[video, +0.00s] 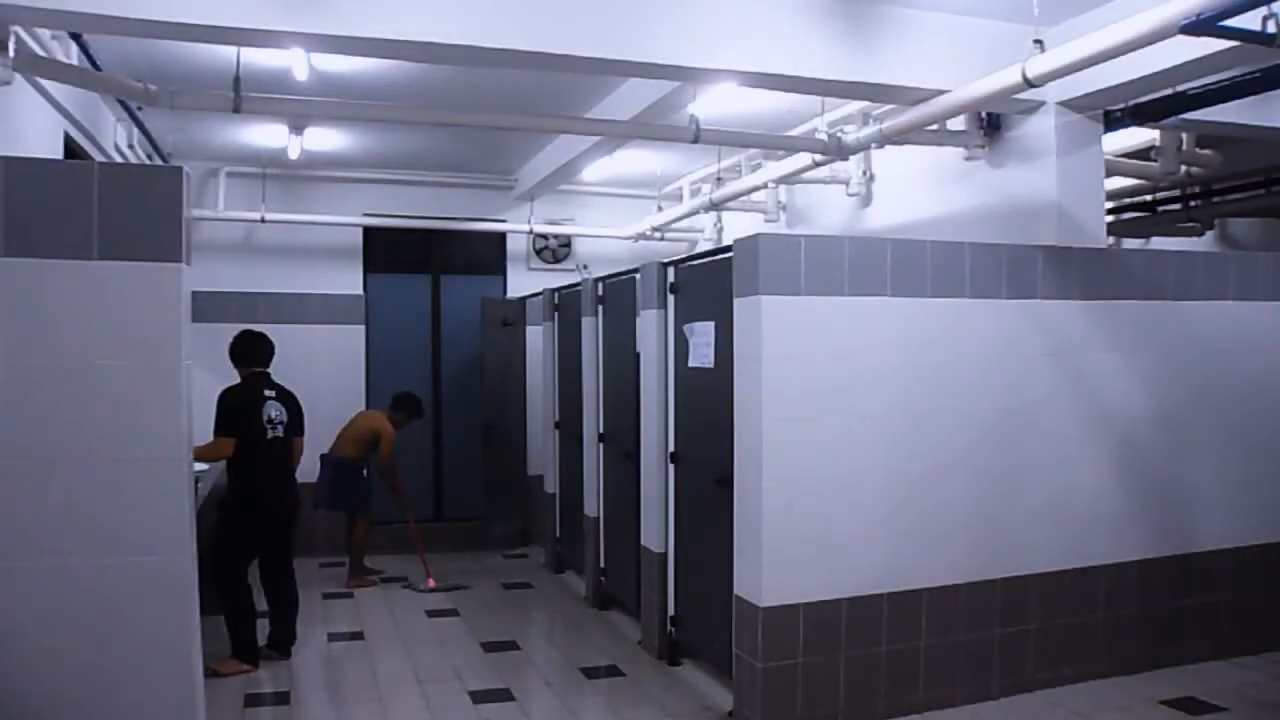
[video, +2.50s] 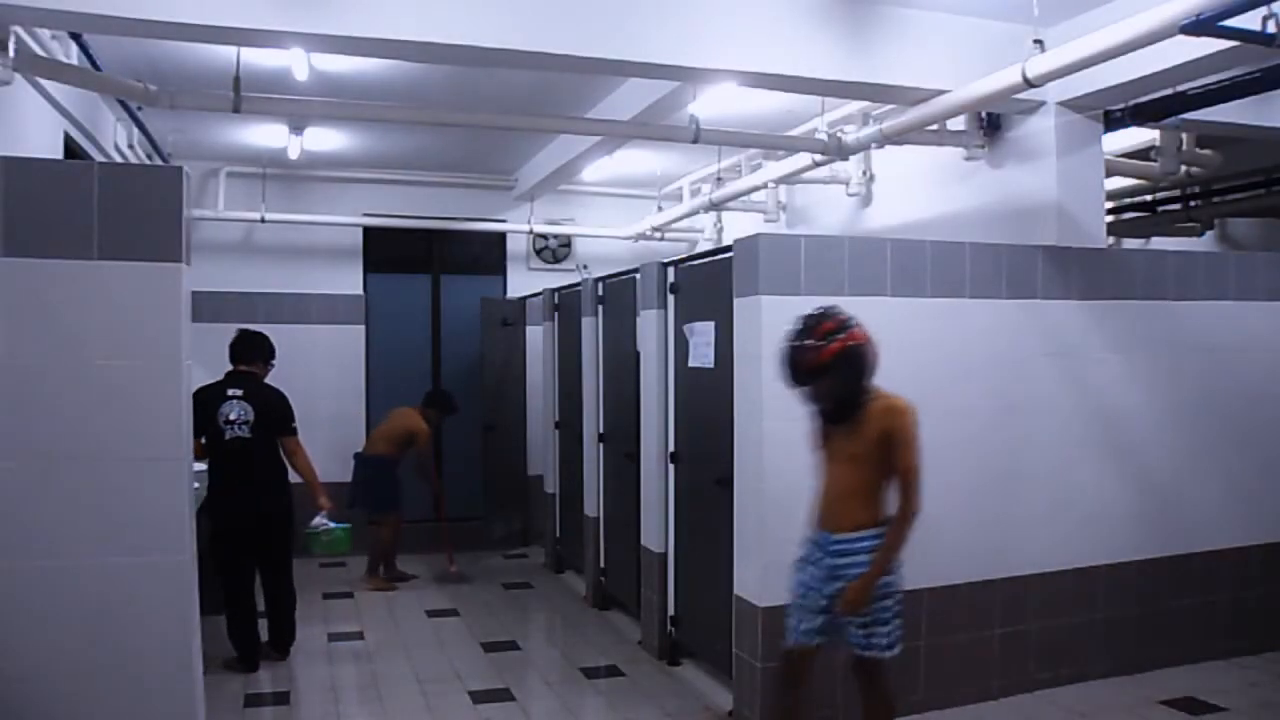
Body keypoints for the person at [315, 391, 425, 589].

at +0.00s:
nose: (405, 425)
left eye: (409, 420)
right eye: (407, 420)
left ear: (392, 407)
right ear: (402, 414)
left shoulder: (370, 416)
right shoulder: (385, 429)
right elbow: (385, 466)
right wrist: (399, 495)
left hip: (333, 466)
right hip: (348, 470)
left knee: (354, 518)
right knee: (362, 519)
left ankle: (358, 565)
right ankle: (356, 573)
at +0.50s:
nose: (405, 421)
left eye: (408, 417)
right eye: (407, 416)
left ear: (391, 402)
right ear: (402, 410)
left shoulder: (362, 410)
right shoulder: (390, 425)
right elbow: (391, 462)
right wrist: (404, 491)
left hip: (335, 462)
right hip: (355, 465)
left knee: (353, 516)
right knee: (365, 517)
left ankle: (357, 564)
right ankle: (357, 572)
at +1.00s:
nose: (410, 422)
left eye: (413, 418)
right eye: (411, 417)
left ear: (395, 404)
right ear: (406, 412)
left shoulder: (366, 410)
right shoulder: (394, 430)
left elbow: (343, 432)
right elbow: (395, 468)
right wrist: (396, 494)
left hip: (337, 464)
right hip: (357, 468)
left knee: (355, 517)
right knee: (365, 519)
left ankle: (359, 567)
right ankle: (362, 574)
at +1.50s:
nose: (413, 420)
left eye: (417, 416)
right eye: (415, 415)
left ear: (400, 404)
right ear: (407, 409)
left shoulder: (375, 411)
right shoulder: (390, 428)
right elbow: (391, 468)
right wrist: (405, 491)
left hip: (345, 465)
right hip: (359, 470)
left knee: (360, 521)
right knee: (369, 523)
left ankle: (362, 568)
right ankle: (363, 576)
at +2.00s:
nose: (425, 425)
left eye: (428, 421)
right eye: (426, 420)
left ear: (414, 410)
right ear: (418, 414)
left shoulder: (395, 420)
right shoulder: (397, 429)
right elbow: (393, 467)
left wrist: (405, 447)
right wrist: (405, 493)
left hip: (370, 468)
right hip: (360, 469)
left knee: (382, 521)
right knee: (367, 524)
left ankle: (389, 569)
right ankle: (363, 577)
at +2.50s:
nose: (439, 421)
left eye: (442, 416)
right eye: (440, 416)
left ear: (425, 404)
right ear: (434, 411)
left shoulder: (402, 413)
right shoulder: (421, 428)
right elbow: (424, 465)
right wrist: (434, 488)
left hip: (367, 461)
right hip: (380, 466)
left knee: (392, 518)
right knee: (385, 520)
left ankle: (390, 569)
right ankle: (372, 574)